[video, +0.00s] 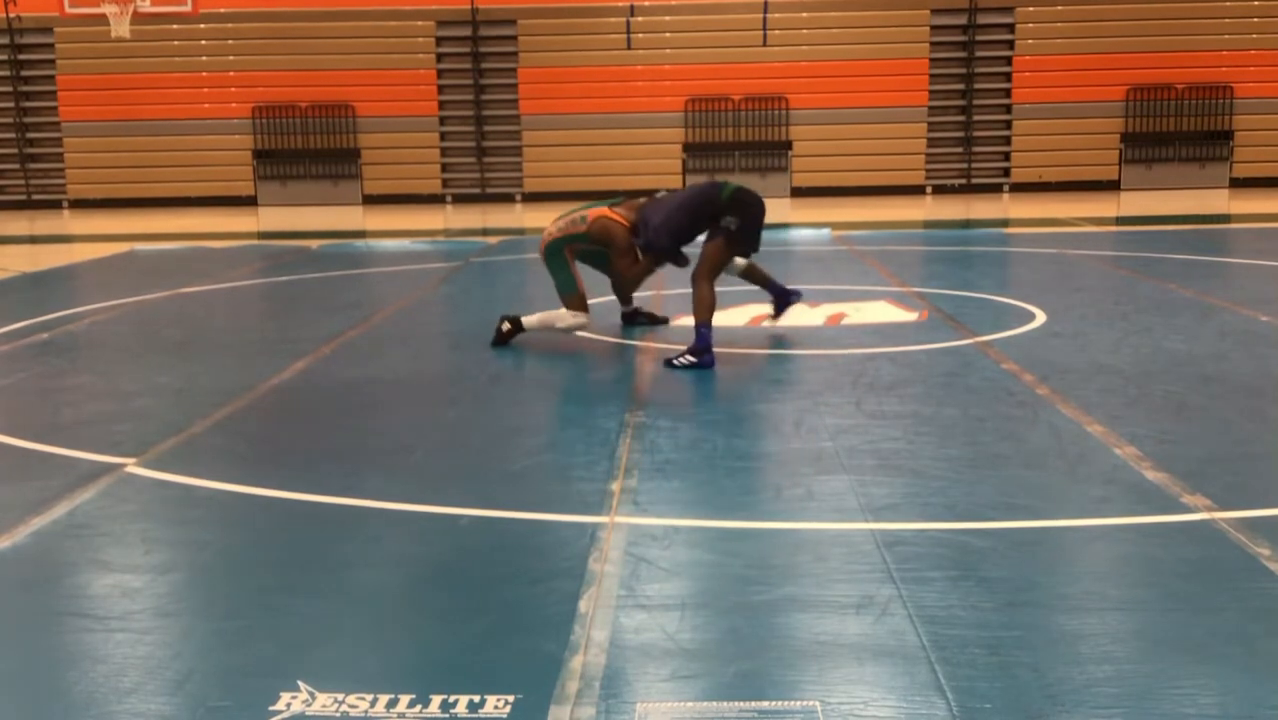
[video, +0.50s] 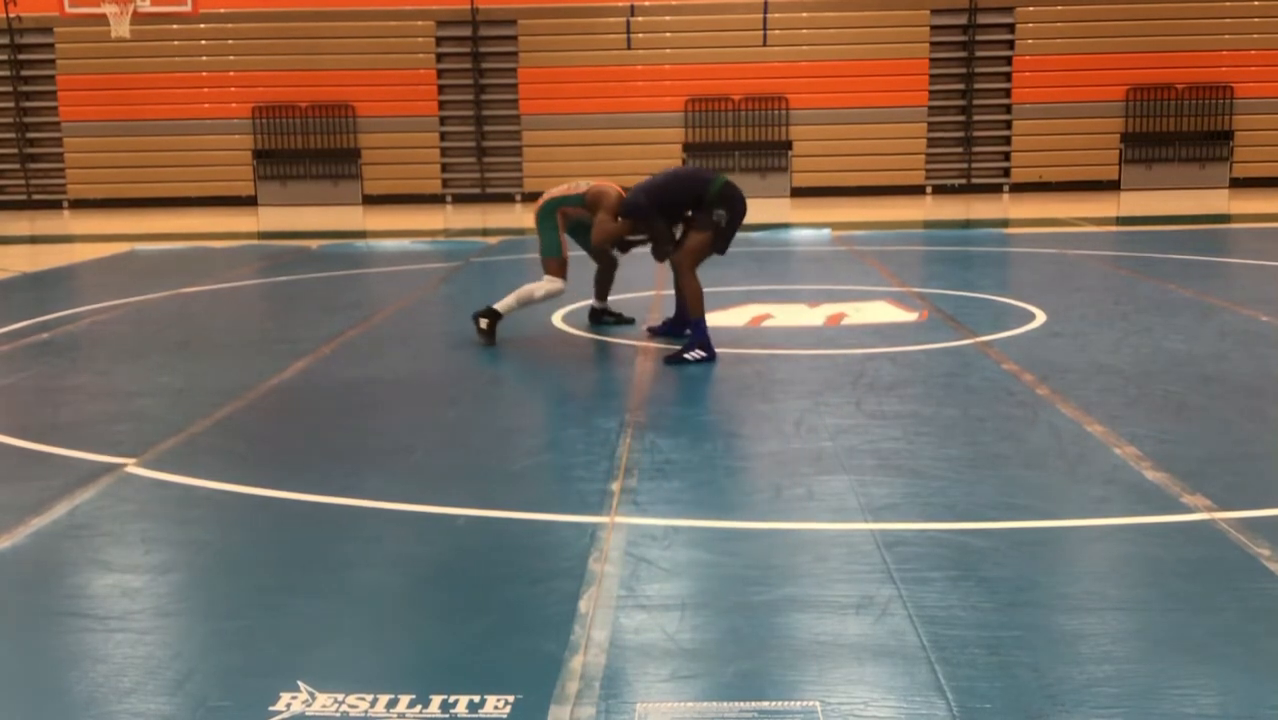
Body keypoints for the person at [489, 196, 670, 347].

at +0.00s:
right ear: (647, 229)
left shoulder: (634, 210)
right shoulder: (618, 232)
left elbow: (629, 272)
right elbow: (626, 283)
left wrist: (662, 254)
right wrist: (657, 259)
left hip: (574, 238)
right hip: (555, 245)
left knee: (620, 267)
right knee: (578, 318)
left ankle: (630, 313)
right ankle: (515, 324)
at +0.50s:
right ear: (640, 214)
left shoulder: (623, 204)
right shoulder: (611, 198)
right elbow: (598, 241)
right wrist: (633, 225)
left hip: (574, 215)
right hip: (551, 209)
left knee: (608, 264)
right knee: (554, 284)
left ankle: (599, 310)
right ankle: (490, 315)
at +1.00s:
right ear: (645, 207)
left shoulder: (621, 196)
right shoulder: (614, 195)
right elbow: (605, 236)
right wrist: (640, 222)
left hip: (567, 210)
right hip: (546, 208)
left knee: (597, 254)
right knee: (564, 283)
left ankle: (591, 319)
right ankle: (498, 325)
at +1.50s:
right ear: (662, 194)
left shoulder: (637, 194)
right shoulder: (633, 186)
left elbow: (663, 249)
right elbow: (622, 221)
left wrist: (682, 228)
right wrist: (659, 209)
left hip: (578, 204)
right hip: (558, 198)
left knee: (603, 256)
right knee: (555, 278)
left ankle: (590, 318)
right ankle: (493, 327)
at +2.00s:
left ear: (671, 190)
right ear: (678, 197)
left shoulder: (655, 200)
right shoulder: (651, 197)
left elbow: (679, 247)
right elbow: (651, 241)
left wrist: (704, 236)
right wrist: (685, 221)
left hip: (580, 206)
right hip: (573, 208)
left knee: (603, 266)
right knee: (605, 281)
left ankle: (589, 320)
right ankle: (548, 335)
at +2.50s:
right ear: (676, 179)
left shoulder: (652, 187)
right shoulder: (651, 187)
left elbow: (649, 228)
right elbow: (646, 232)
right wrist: (681, 211)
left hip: (582, 206)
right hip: (576, 208)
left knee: (606, 264)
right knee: (605, 282)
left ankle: (590, 319)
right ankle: (548, 335)